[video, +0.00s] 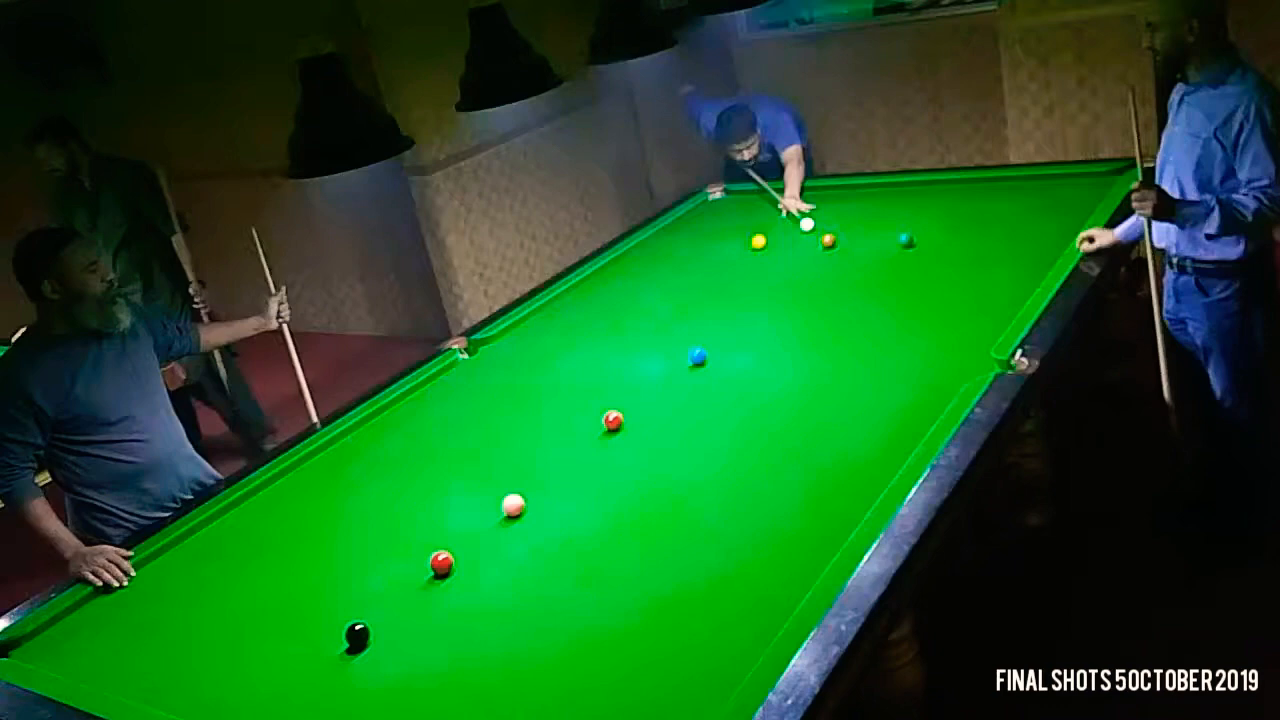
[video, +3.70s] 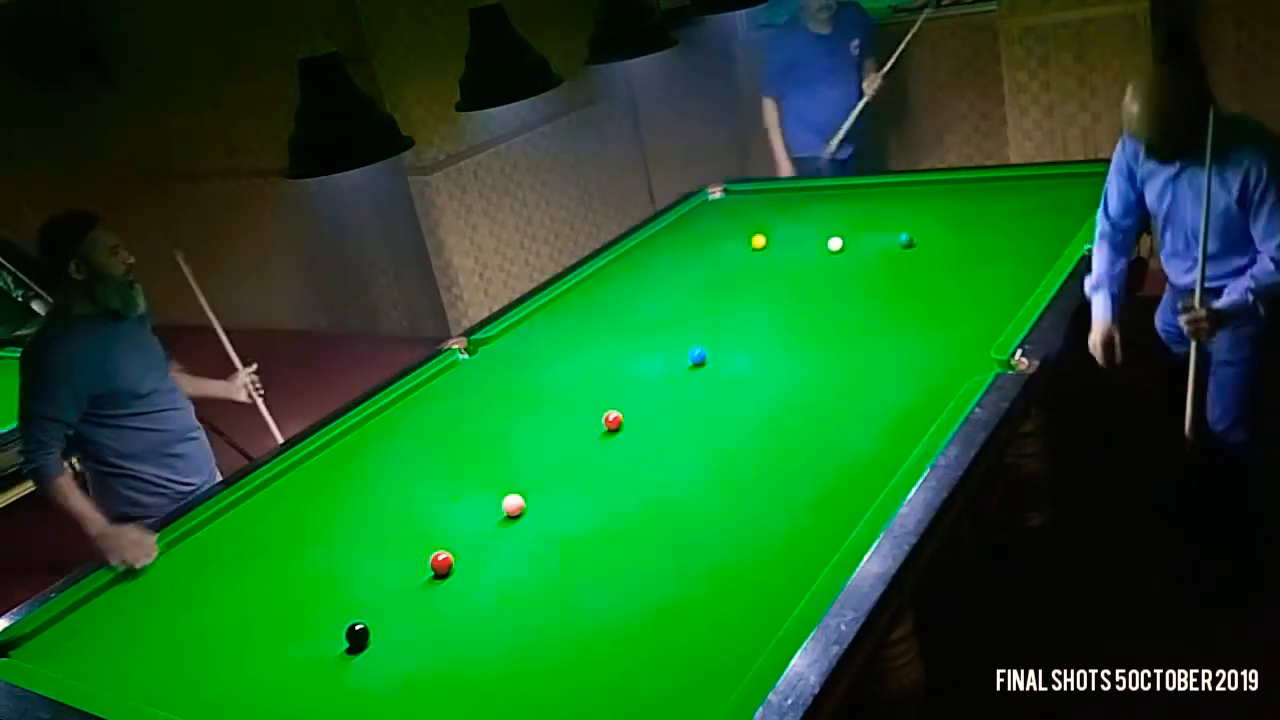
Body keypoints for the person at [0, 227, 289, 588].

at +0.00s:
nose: (110, 276)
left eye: (104, 263)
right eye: (91, 268)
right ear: (52, 289)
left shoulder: (134, 324)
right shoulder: (23, 372)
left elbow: (192, 337)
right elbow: (13, 476)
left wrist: (263, 321)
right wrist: (75, 552)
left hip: (206, 504)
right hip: (129, 543)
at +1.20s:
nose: (110, 277)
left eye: (102, 265)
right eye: (91, 270)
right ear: (51, 290)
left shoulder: (131, 327)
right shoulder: (25, 373)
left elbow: (188, 338)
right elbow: (13, 477)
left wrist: (260, 321)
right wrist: (75, 552)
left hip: (206, 504)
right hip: (130, 545)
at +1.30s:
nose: (110, 277)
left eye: (102, 266)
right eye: (91, 270)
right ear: (50, 291)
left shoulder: (131, 325)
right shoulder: (25, 373)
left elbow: (187, 338)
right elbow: (13, 477)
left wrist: (261, 321)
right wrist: (75, 552)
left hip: (206, 503)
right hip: (129, 543)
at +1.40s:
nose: (109, 278)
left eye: (102, 267)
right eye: (90, 271)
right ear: (49, 291)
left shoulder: (129, 324)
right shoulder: (25, 373)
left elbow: (187, 338)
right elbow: (13, 477)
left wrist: (261, 321)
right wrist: (75, 552)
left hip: (205, 502)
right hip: (129, 543)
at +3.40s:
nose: (113, 274)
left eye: (106, 263)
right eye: (95, 267)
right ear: (58, 286)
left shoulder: (126, 321)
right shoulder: (29, 366)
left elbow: (169, 347)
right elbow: (18, 472)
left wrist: (249, 334)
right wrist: (73, 550)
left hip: (201, 495)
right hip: (130, 533)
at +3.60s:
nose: (121, 264)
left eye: (114, 254)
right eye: (105, 259)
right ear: (69, 276)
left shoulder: (122, 313)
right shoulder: (42, 358)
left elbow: (157, 369)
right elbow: (28, 464)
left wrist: (239, 376)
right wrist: (80, 544)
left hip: (204, 487)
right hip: (143, 525)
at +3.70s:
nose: (129, 259)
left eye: (122, 249)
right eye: (113, 253)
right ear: (78, 270)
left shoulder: (124, 312)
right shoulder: (56, 349)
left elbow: (158, 376)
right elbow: (41, 457)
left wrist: (228, 388)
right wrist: (102, 531)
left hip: (205, 486)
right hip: (152, 521)